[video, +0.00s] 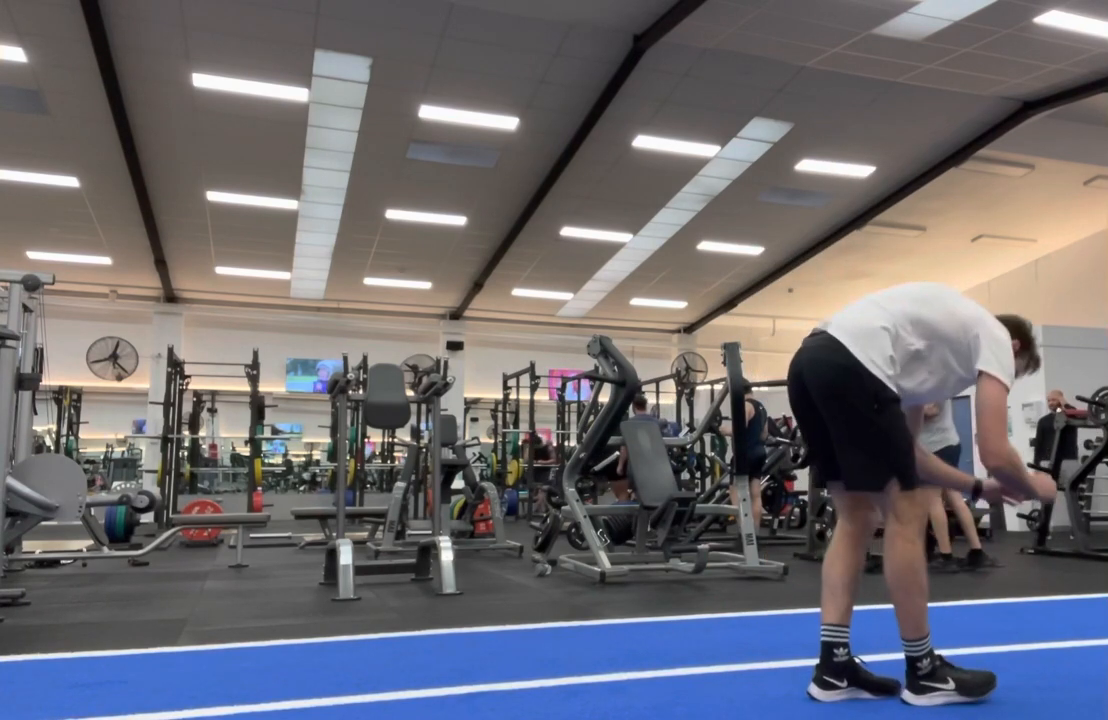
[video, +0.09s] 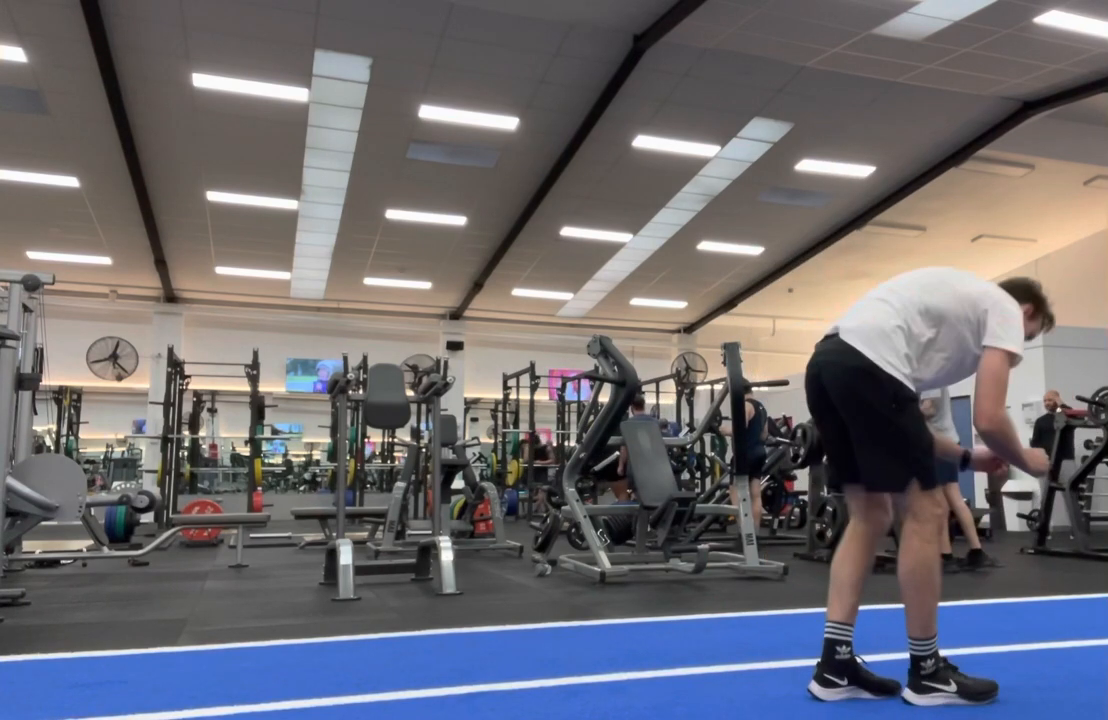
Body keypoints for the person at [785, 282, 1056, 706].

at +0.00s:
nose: (1011, 377)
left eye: (1016, 374)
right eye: (1017, 368)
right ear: (1015, 343)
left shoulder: (926, 354)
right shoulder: (994, 336)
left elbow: (905, 449)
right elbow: (994, 452)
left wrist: (979, 485)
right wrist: (1027, 483)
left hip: (808, 365)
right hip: (854, 368)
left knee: (855, 517)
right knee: (907, 512)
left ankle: (833, 665)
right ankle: (923, 670)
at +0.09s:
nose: (1024, 342)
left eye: (1030, 337)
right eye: (1029, 332)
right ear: (1026, 310)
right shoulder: (1004, 308)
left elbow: (899, 419)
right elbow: (988, 419)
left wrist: (969, 457)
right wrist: (1026, 458)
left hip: (827, 366)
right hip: (872, 370)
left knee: (868, 514)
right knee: (924, 513)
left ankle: (835, 662)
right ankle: (927, 670)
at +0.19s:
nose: (1037, 305)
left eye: (1042, 299)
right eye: (1042, 294)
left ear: (1005, 261)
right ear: (1033, 275)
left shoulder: (951, 274)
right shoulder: (1009, 282)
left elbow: (902, 364)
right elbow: (987, 384)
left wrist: (946, 440)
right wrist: (1017, 443)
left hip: (844, 368)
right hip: (894, 371)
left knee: (895, 512)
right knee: (943, 512)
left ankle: (844, 644)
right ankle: (928, 668)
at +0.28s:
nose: (1042, 273)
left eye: (1046, 267)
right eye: (1046, 263)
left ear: (1008, 237)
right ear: (1035, 244)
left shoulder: (959, 254)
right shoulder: (1012, 260)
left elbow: (898, 325)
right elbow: (989, 357)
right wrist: (1015, 436)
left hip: (866, 366)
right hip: (911, 371)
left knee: (918, 509)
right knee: (948, 517)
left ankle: (868, 631)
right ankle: (929, 667)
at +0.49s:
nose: (1046, 234)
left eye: (1050, 226)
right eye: (1049, 225)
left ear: (1004, 206)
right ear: (1033, 208)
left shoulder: (953, 240)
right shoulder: (1020, 236)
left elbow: (915, 323)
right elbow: (1001, 319)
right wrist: (1017, 412)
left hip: (896, 373)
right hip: (942, 375)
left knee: (935, 514)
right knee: (975, 514)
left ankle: (923, 651)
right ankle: (931, 659)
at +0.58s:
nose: (1047, 228)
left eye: (1051, 220)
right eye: (1049, 218)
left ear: (1003, 204)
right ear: (1034, 204)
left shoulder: (951, 245)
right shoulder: (1021, 234)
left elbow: (931, 330)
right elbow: (1004, 318)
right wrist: (1024, 409)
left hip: (905, 380)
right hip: (957, 381)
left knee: (944, 517)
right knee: (1017, 508)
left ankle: (925, 655)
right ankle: (945, 637)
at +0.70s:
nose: (1055, 224)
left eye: (1059, 216)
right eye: (1057, 214)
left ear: (1012, 199)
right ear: (1043, 198)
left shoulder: (961, 242)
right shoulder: (1029, 229)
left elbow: (928, 326)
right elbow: (1010, 312)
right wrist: (1033, 402)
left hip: (918, 379)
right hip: (974, 380)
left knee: (949, 517)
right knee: (1037, 500)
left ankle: (926, 655)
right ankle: (983, 638)